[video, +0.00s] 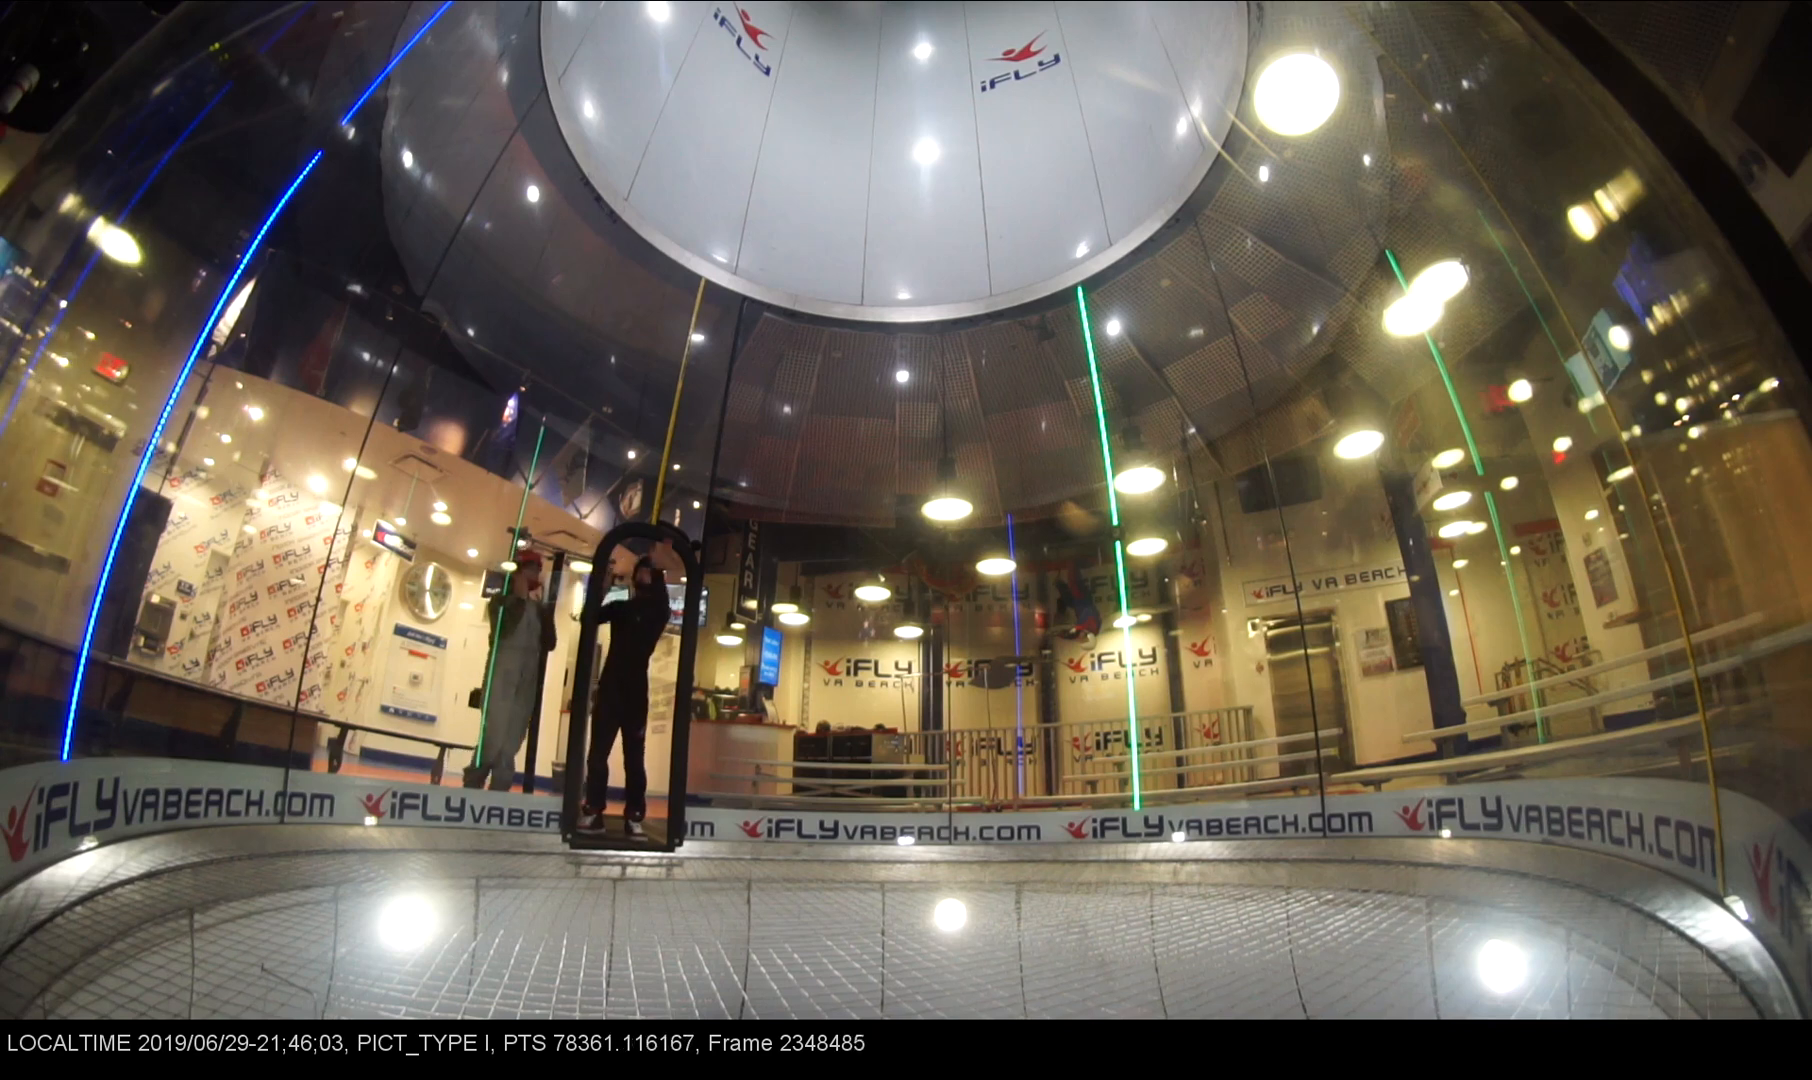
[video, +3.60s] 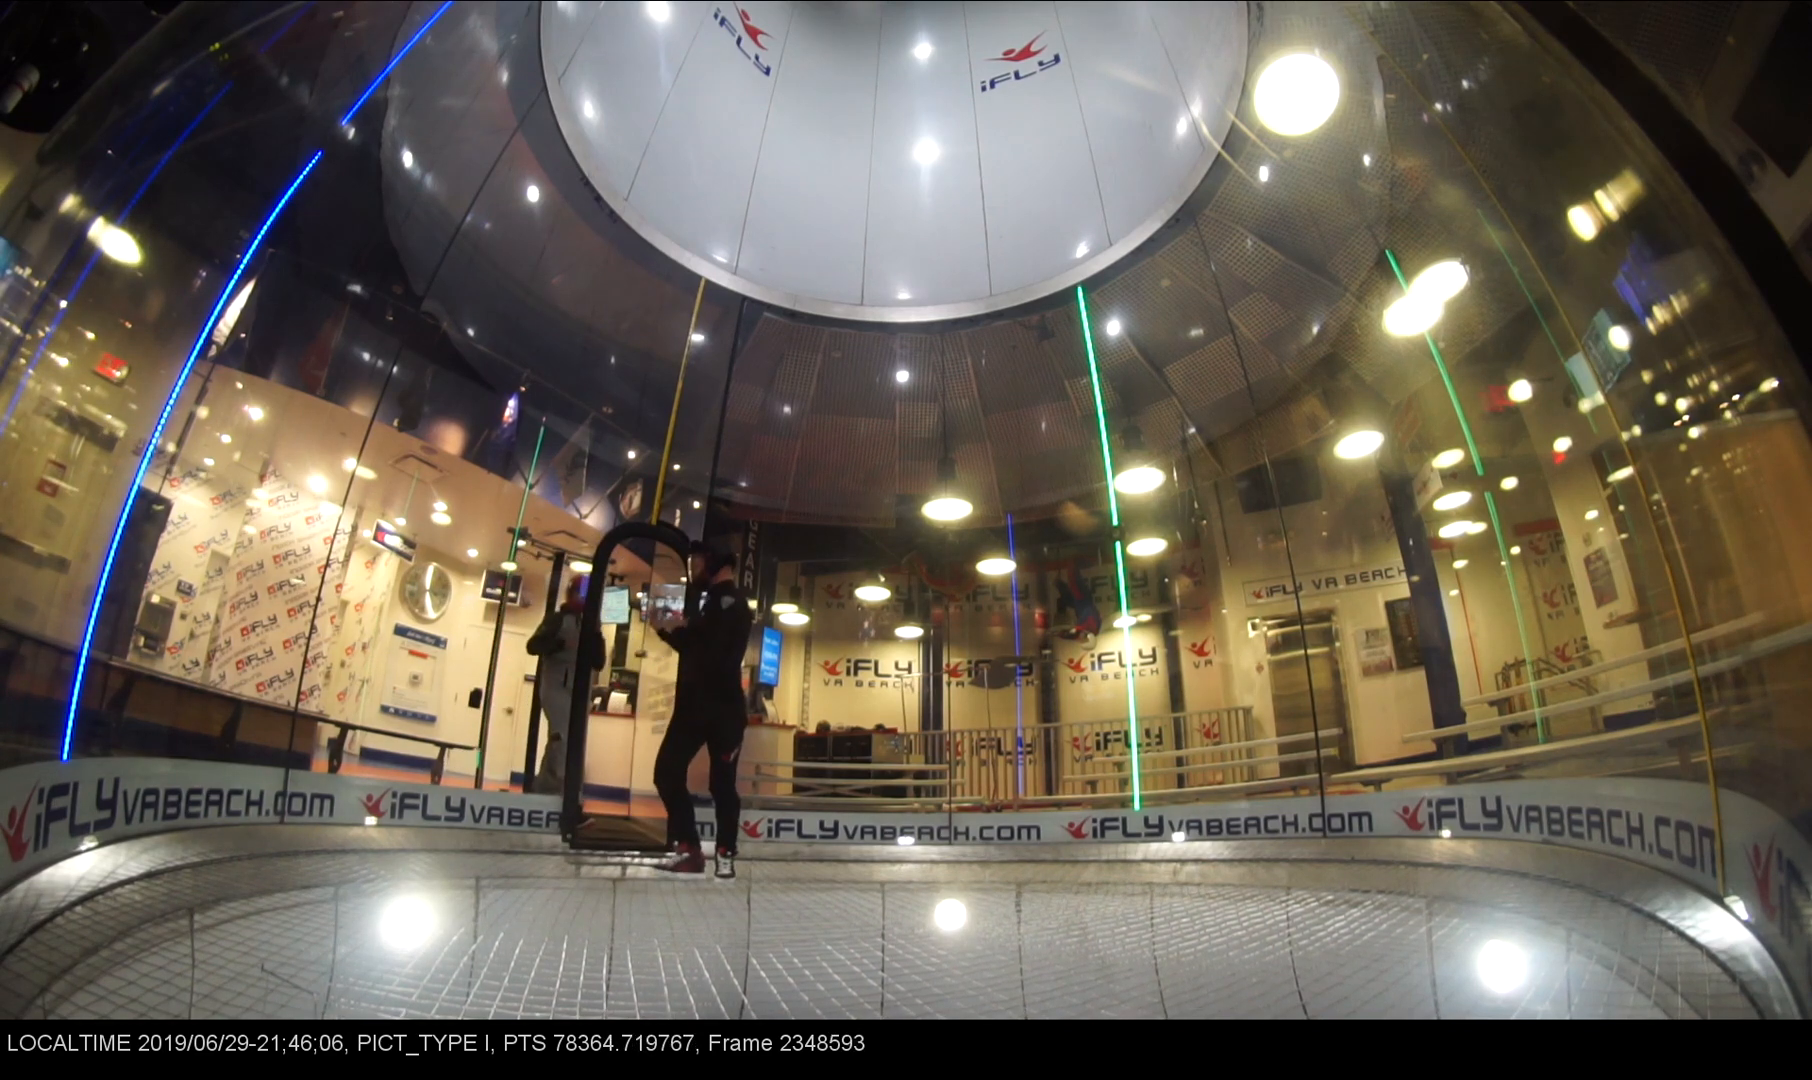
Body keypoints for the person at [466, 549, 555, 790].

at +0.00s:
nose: (536, 576)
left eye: (538, 572)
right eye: (531, 571)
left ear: (539, 577)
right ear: (517, 572)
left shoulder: (539, 609)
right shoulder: (501, 601)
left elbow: (549, 644)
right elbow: (502, 631)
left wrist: (546, 613)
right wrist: (519, 600)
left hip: (529, 675)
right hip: (503, 671)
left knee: (515, 732)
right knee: (495, 728)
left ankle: (501, 786)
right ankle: (473, 781)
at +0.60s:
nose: (522, 582)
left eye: (525, 577)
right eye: (518, 576)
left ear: (527, 581)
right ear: (506, 578)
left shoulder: (528, 611)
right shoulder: (488, 606)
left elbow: (537, 648)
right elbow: (472, 642)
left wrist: (530, 620)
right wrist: (491, 617)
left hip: (517, 674)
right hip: (490, 670)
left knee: (509, 732)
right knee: (488, 728)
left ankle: (505, 786)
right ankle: (482, 781)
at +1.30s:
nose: (538, 588)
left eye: (540, 583)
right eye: (533, 583)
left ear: (542, 587)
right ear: (519, 585)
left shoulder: (541, 618)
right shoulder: (504, 612)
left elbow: (553, 652)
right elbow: (483, 644)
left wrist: (544, 623)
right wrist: (513, 648)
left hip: (533, 693)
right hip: (505, 690)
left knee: (531, 748)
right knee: (496, 744)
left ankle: (534, 798)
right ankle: (483, 792)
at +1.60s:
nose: (550, 592)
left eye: (554, 587)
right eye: (545, 587)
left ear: (558, 591)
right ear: (534, 590)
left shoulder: (558, 621)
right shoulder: (524, 618)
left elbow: (573, 653)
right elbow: (503, 651)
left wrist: (563, 627)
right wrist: (531, 657)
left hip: (555, 683)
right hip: (530, 680)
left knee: (546, 738)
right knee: (523, 735)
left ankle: (538, 792)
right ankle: (493, 783)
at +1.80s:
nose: (556, 596)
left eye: (560, 591)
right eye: (552, 590)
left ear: (565, 595)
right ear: (543, 592)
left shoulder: (568, 623)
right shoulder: (531, 620)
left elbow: (578, 653)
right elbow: (511, 653)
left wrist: (570, 629)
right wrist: (534, 663)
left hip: (558, 682)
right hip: (534, 681)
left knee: (553, 735)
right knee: (538, 735)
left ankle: (542, 785)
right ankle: (527, 786)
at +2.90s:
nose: (572, 596)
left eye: (576, 592)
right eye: (569, 591)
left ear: (581, 597)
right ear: (559, 593)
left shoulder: (579, 627)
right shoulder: (546, 620)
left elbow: (589, 660)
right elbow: (519, 648)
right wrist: (534, 669)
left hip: (570, 685)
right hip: (546, 682)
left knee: (560, 739)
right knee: (549, 740)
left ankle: (541, 791)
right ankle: (544, 794)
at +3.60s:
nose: (583, 597)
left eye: (587, 593)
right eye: (579, 592)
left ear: (592, 596)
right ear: (570, 593)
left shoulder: (591, 623)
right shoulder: (557, 618)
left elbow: (598, 662)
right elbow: (533, 646)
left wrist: (594, 635)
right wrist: (556, 642)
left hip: (581, 690)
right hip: (555, 686)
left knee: (562, 737)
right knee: (561, 735)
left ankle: (545, 786)